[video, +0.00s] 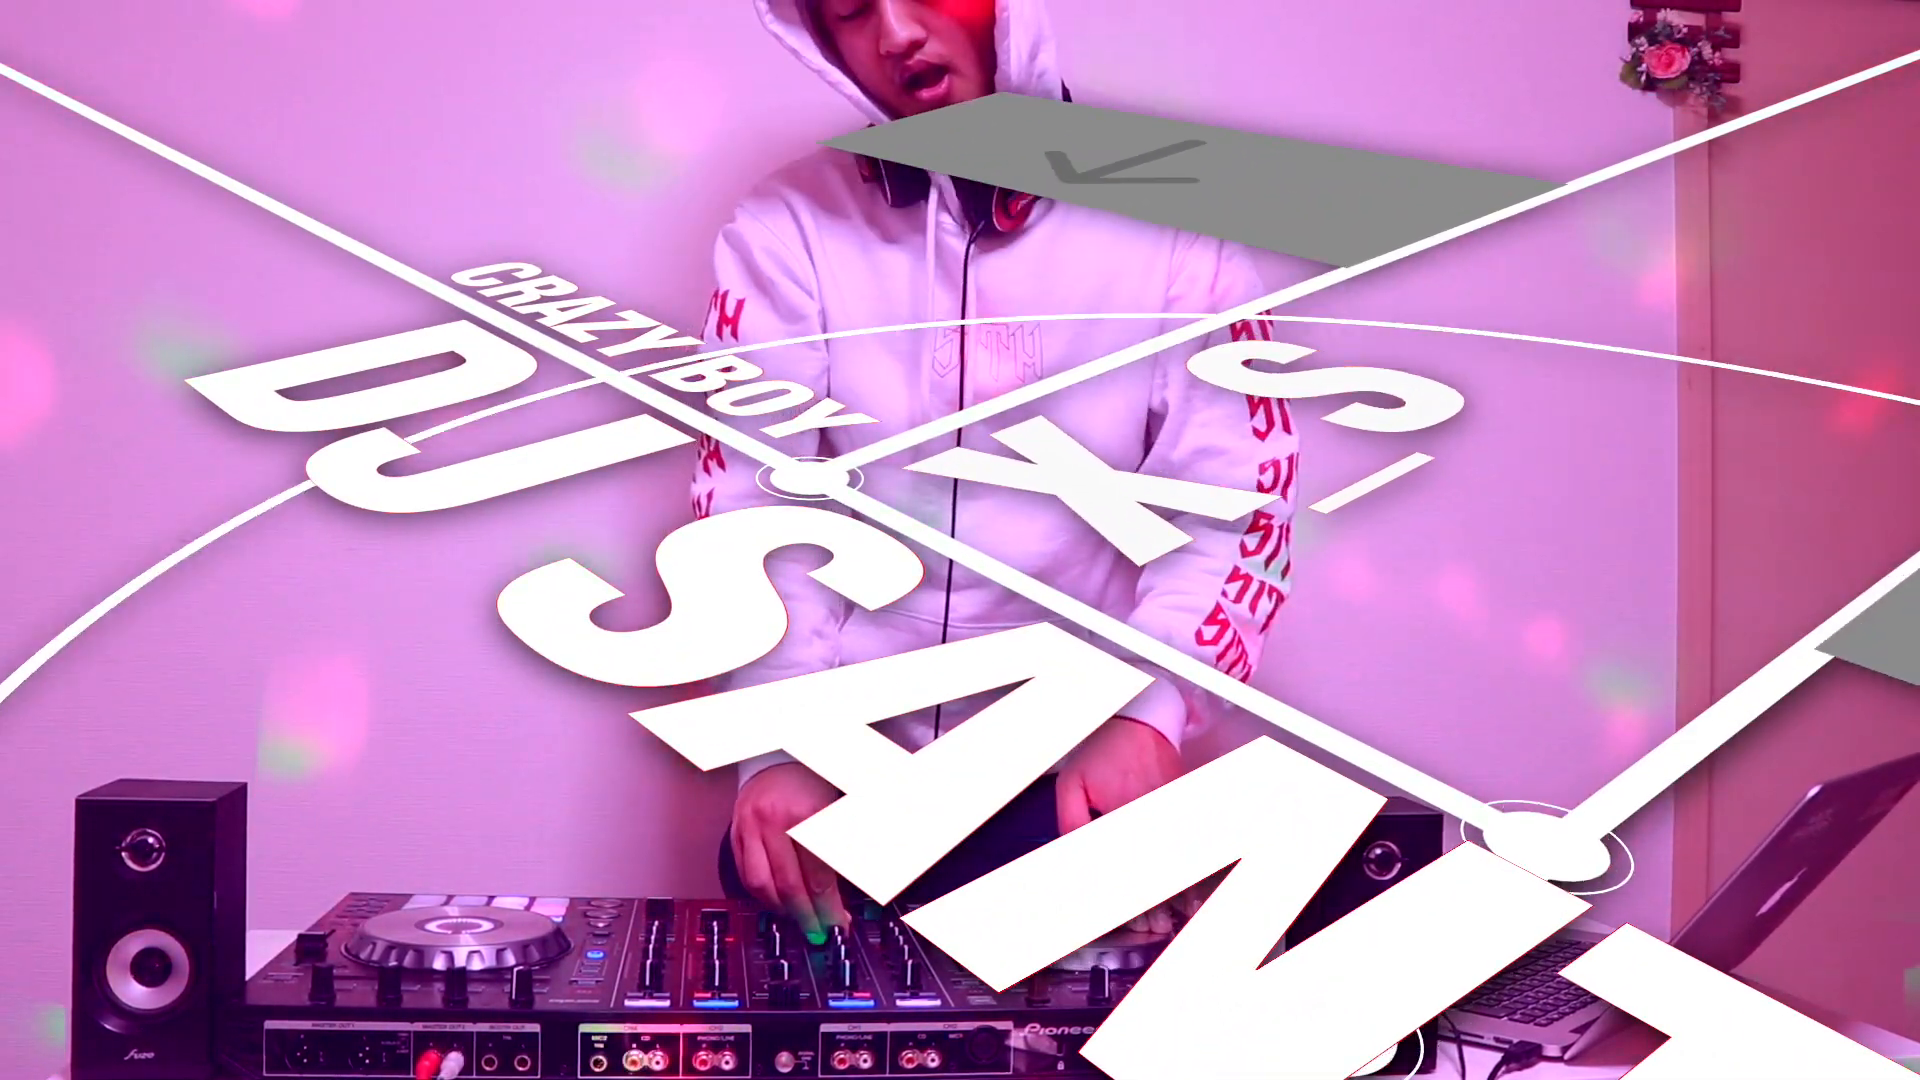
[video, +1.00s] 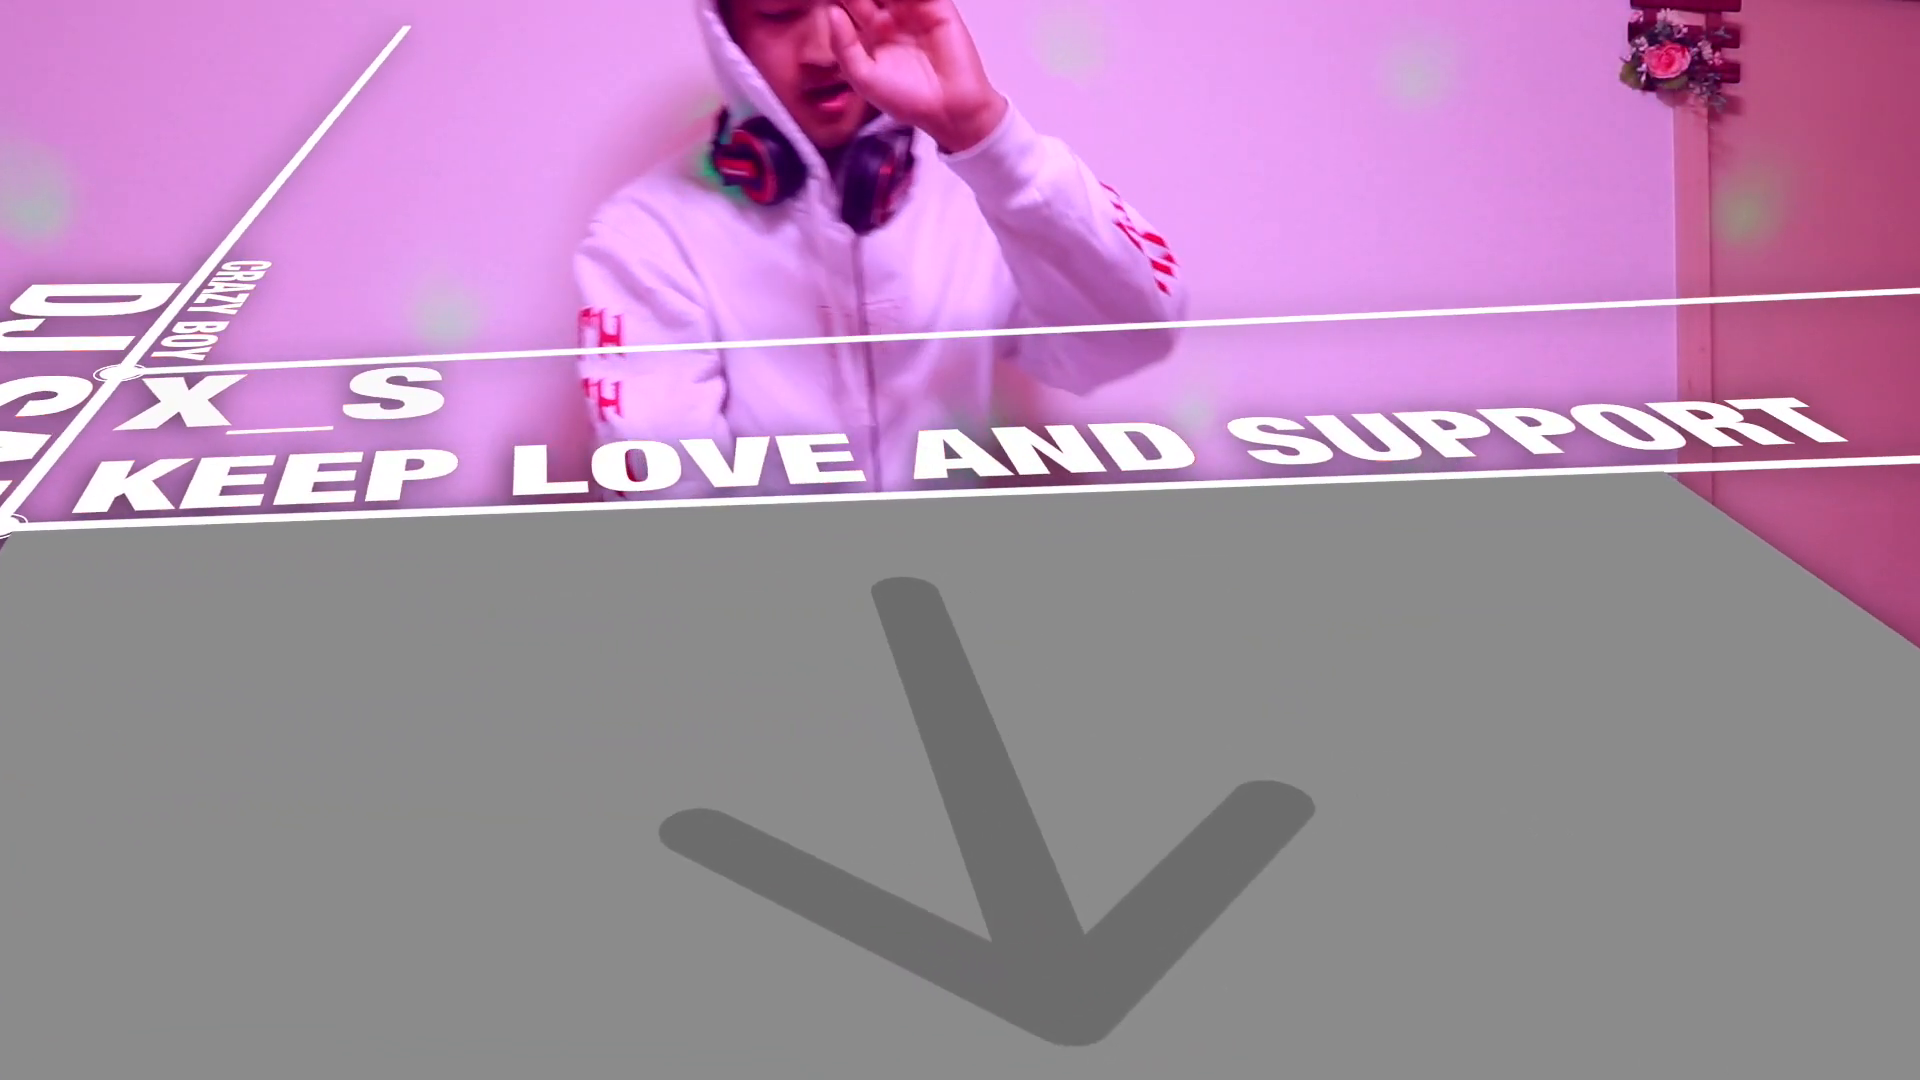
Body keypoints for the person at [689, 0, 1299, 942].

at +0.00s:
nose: (900, 34)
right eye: (855, 11)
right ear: (824, 42)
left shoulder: (1170, 224)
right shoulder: (785, 235)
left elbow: (1237, 514)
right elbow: (753, 508)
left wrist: (1148, 713)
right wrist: (782, 739)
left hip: (1084, 746)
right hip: (846, 752)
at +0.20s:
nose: (893, 58)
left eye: (918, 5)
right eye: (844, 31)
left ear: (995, 2)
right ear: (820, 62)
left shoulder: (1175, 213)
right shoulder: (791, 240)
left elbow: (1236, 508)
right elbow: (774, 517)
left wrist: (1167, 762)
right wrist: (794, 745)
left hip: (1089, 803)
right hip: (863, 794)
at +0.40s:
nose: (908, 78)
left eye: (935, 20)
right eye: (855, 47)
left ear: (1004, 12)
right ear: (823, 71)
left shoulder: (1174, 216)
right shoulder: (783, 243)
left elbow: (1248, 481)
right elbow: (755, 510)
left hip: (1117, 592)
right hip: (883, 608)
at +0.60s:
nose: (953, 76)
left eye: (979, 22)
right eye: (899, 45)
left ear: (1024, 25)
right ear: (844, 66)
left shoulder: (1152, 209)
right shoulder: (775, 238)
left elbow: (1248, 443)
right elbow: (752, 499)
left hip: (1115, 583)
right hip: (885, 601)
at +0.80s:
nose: (905, 34)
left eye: (942, 7)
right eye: (863, 15)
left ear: (991, 25)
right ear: (808, 34)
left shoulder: (1093, 196)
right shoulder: (735, 234)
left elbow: (1198, 419)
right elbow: (707, 491)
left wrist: (1009, 210)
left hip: (1074, 578)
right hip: (844, 594)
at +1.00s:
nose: (828, 46)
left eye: (855, 6)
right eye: (782, 16)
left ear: (901, 19)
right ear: (724, 37)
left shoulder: (976, 188)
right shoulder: (651, 232)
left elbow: (1135, 334)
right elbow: (660, 479)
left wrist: (980, 132)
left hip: (971, 559)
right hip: (770, 582)